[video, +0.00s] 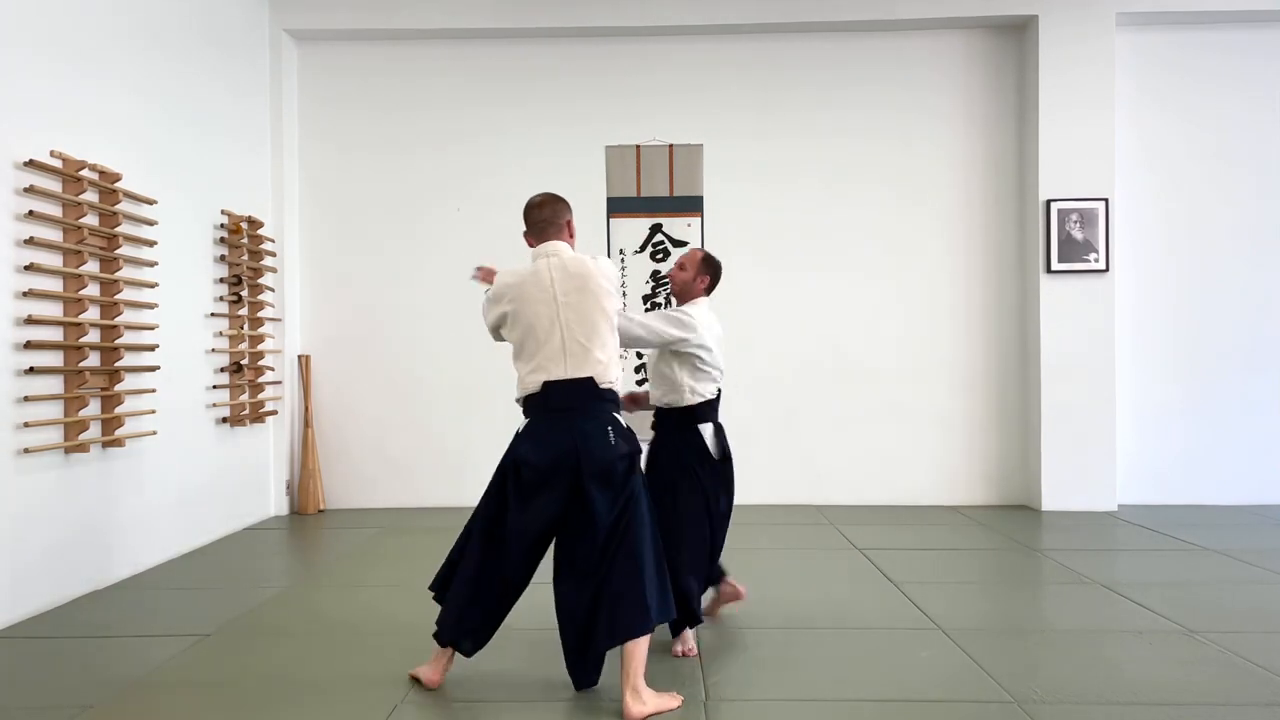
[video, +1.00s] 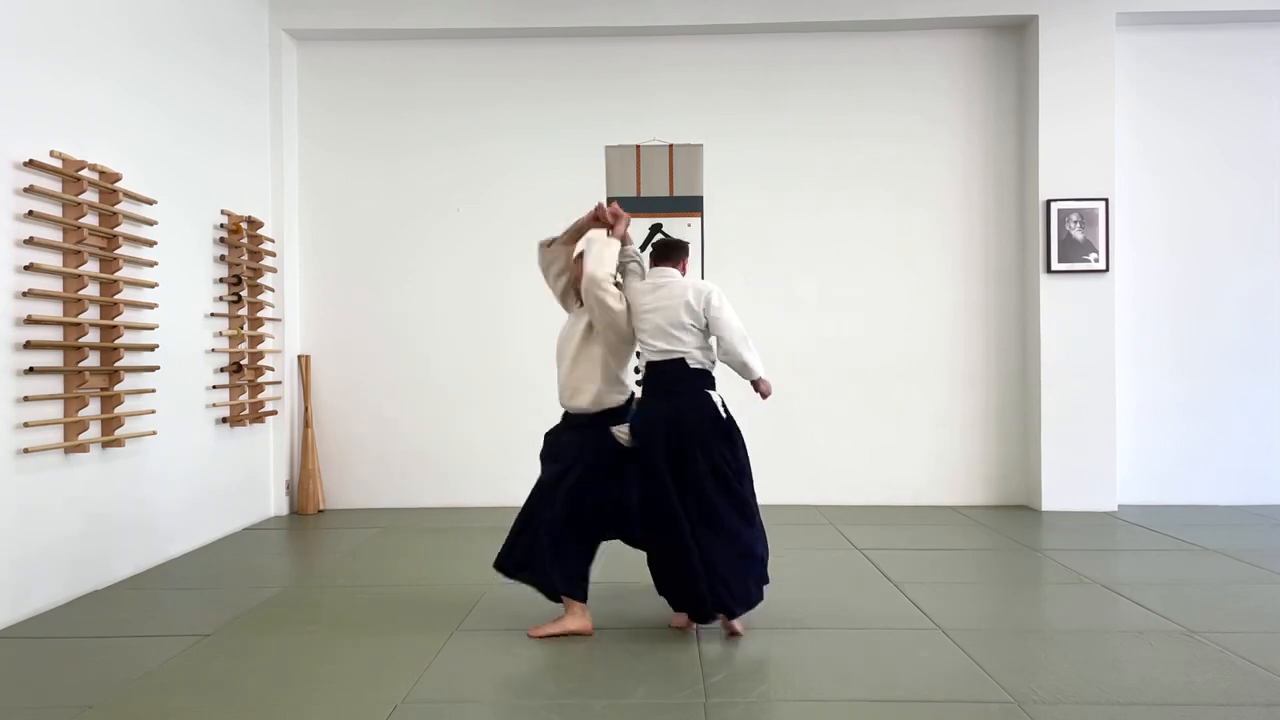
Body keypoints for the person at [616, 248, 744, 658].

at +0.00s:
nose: (670, 271)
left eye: (680, 267)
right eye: (674, 264)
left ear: (700, 282)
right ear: (697, 282)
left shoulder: (689, 320)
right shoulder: (697, 318)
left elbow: (624, 329)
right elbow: (688, 388)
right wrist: (643, 399)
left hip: (685, 439)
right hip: (694, 432)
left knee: (669, 529)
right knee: (681, 520)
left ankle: (684, 628)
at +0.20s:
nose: (661, 277)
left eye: (666, 270)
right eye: (662, 270)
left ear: (689, 275)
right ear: (695, 277)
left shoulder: (682, 309)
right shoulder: (725, 316)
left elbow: (635, 323)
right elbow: (763, 378)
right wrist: (741, 411)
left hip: (710, 425)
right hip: (735, 422)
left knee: (694, 519)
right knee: (732, 510)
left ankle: (705, 624)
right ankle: (747, 596)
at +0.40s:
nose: (678, 276)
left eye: (685, 268)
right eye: (681, 268)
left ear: (706, 272)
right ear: (715, 276)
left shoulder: (689, 298)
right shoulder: (739, 317)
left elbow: (638, 310)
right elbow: (772, 389)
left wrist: (628, 291)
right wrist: (755, 426)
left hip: (706, 425)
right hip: (735, 424)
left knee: (690, 518)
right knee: (729, 518)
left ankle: (701, 626)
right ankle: (734, 611)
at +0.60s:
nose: (685, 274)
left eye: (691, 266)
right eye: (688, 266)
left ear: (711, 270)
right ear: (720, 272)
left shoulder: (695, 297)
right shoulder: (746, 315)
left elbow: (642, 294)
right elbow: (765, 384)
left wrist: (600, 276)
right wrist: (749, 412)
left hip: (707, 416)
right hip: (741, 418)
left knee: (689, 512)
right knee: (737, 510)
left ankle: (699, 619)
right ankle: (747, 604)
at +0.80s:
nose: (668, 280)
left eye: (669, 274)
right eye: (669, 275)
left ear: (677, 273)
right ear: (706, 276)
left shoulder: (661, 303)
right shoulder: (732, 314)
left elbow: (614, 286)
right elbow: (765, 378)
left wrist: (597, 245)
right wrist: (760, 414)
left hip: (688, 419)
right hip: (732, 418)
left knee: (687, 514)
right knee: (740, 512)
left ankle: (691, 616)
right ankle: (744, 612)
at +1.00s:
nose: (686, 268)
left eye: (678, 262)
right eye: (687, 262)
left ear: (649, 263)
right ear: (685, 263)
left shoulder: (639, 293)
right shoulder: (702, 292)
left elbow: (633, 273)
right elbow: (729, 341)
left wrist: (623, 240)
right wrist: (755, 376)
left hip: (652, 404)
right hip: (698, 402)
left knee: (668, 502)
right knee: (719, 498)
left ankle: (682, 606)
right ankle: (729, 604)